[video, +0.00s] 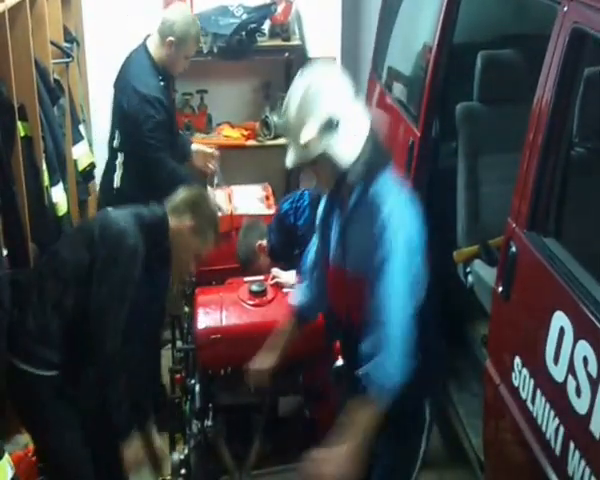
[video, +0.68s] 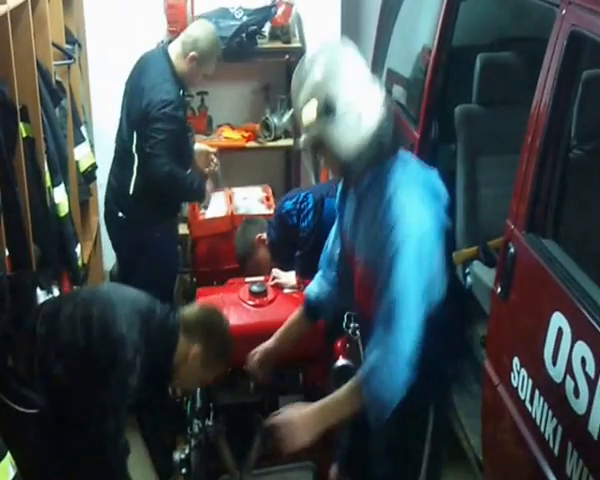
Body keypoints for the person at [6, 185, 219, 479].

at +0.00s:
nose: (192, 267)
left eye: (198, 258)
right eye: (196, 255)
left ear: (184, 225)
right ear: (184, 227)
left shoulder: (154, 248)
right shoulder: (123, 240)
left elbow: (144, 345)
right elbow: (110, 343)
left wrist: (150, 424)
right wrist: (125, 433)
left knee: (109, 463)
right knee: (76, 467)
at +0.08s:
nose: (193, 293)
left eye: (202, 284)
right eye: (200, 279)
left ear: (187, 249)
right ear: (189, 250)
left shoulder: (155, 267)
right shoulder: (125, 253)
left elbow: (147, 369)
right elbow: (115, 360)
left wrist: (159, 451)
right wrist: (132, 455)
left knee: (109, 465)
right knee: (73, 470)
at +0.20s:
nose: (196, 317)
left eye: (205, 307)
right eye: (204, 302)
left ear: (190, 274)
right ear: (192, 275)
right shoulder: (126, 271)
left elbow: (148, 382)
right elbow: (118, 373)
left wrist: (165, 463)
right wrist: (140, 464)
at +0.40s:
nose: (199, 350)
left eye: (207, 344)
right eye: (205, 340)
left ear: (193, 310)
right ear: (194, 312)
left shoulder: (154, 306)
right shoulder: (130, 311)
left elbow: (149, 404)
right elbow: (120, 412)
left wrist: (169, 472)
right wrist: (135, 473)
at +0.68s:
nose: (194, 389)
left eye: (203, 385)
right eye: (203, 380)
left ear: (192, 348)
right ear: (193, 353)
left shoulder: (156, 325)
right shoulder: (121, 347)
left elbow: (155, 418)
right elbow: (107, 444)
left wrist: (170, 472)